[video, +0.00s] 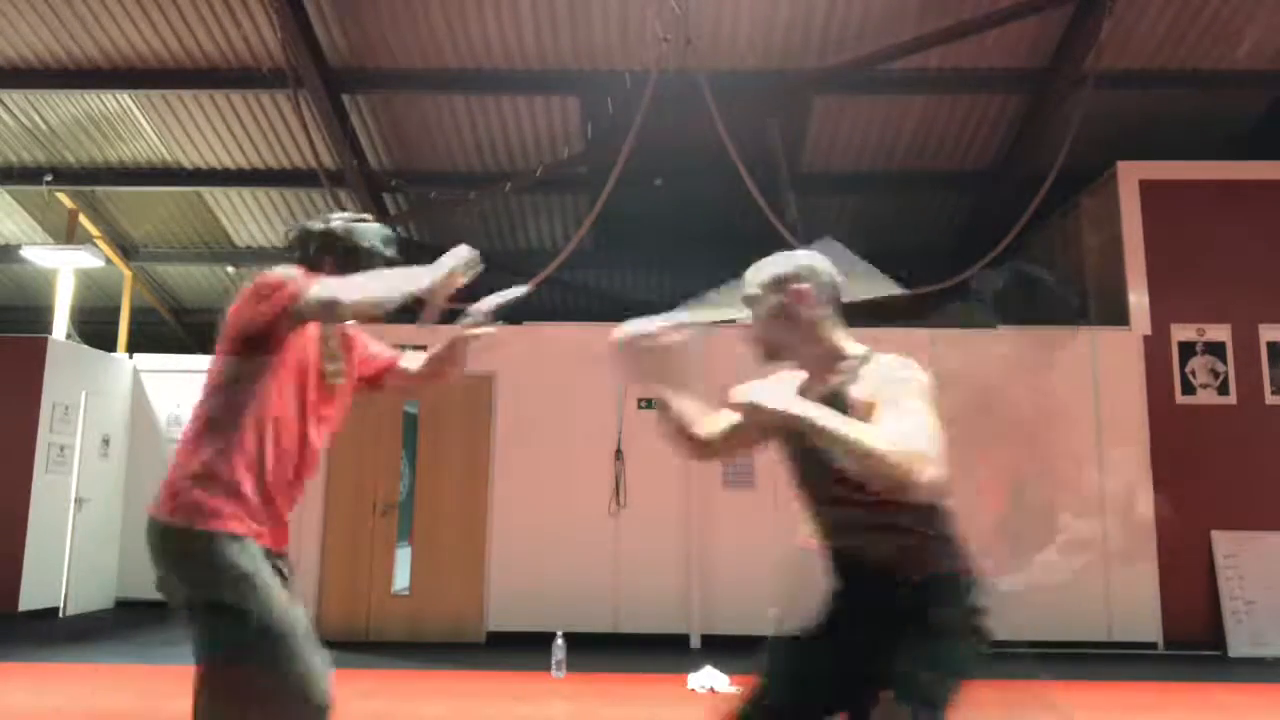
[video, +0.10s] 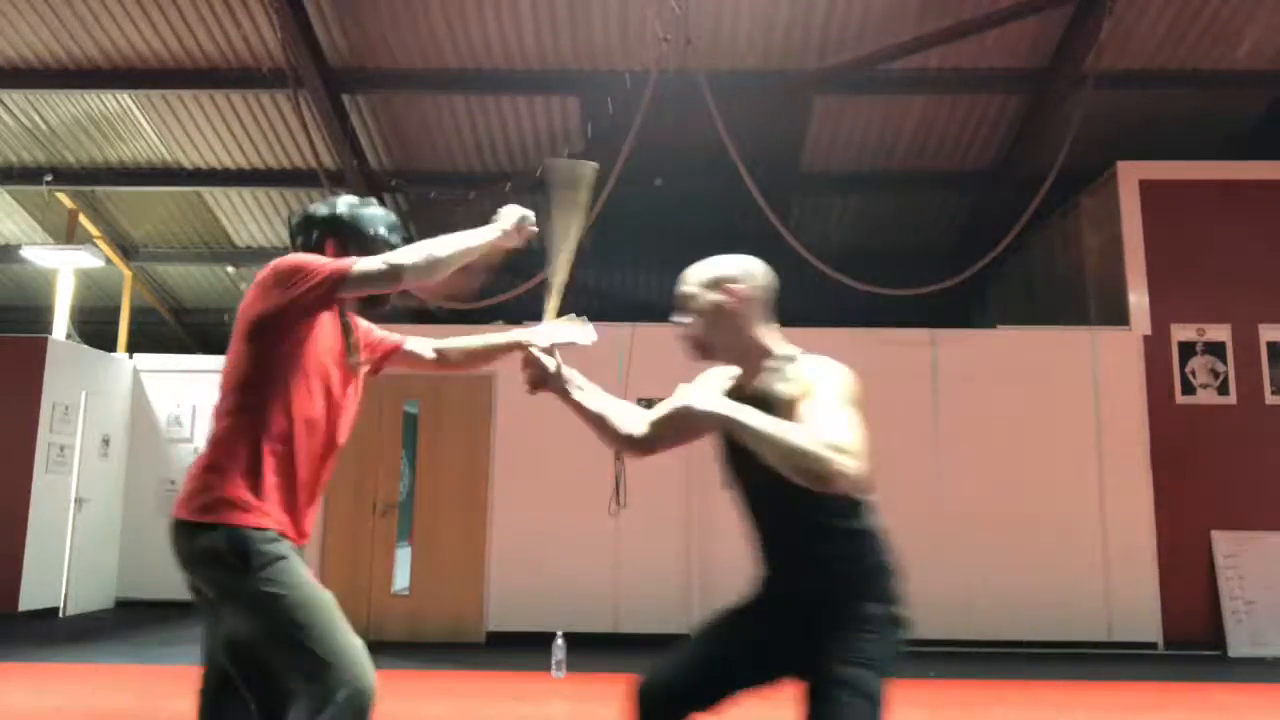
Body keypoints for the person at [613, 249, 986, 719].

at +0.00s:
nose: (750, 328)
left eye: (756, 311)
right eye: (749, 313)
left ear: (800, 302)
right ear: (795, 304)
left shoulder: (896, 379)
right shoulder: (786, 390)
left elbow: (923, 474)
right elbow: (707, 440)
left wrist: (797, 413)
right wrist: (663, 386)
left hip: (934, 604)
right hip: (863, 602)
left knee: (905, 709)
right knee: (770, 709)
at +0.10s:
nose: (681, 328)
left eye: (690, 311)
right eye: (680, 313)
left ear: (733, 302)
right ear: (730, 304)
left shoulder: (820, 379)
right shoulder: (722, 383)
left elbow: (845, 468)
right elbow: (640, 434)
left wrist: (723, 409)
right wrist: (561, 378)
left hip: (854, 611)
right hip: (787, 605)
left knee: (843, 712)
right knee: (662, 694)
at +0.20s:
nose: (608, 306)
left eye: (621, 293)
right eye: (610, 295)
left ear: (667, 294)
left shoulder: (735, 367)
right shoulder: (648, 382)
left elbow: (751, 420)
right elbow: (581, 434)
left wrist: (647, 388)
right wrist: (518, 370)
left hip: (761, 601)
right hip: (697, 600)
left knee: (800, 709)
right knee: (582, 681)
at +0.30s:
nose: (543, 313)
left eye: (556, 302)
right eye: (544, 303)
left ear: (598, 305)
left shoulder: (645, 359)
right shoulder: (570, 397)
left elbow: (619, 378)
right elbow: (505, 443)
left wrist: (521, 346)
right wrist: (451, 382)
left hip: (674, 597)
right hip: (612, 599)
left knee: (718, 704)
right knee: (524, 691)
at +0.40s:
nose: (466, 367)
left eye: (477, 354)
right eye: (464, 356)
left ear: (509, 353)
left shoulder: (556, 405)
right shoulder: (502, 438)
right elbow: (458, 494)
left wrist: (429, 328)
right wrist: (399, 433)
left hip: (593, 608)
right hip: (547, 610)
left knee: (599, 711)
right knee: (450, 689)